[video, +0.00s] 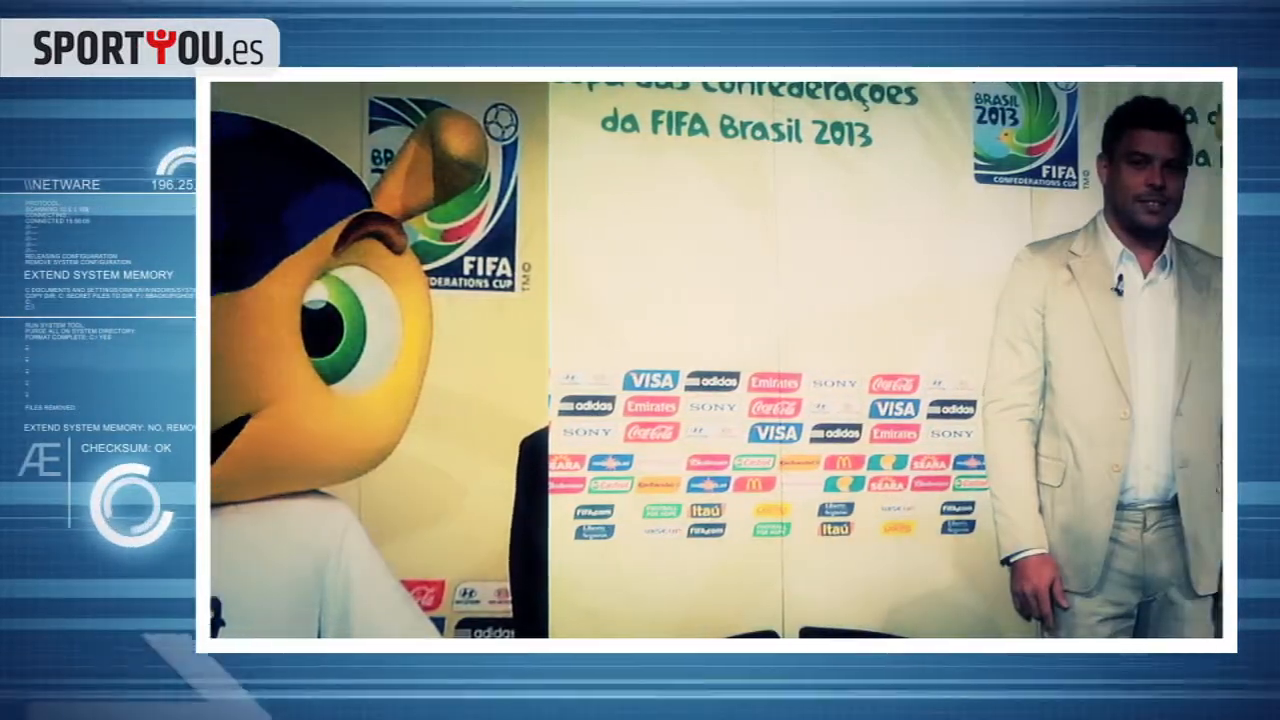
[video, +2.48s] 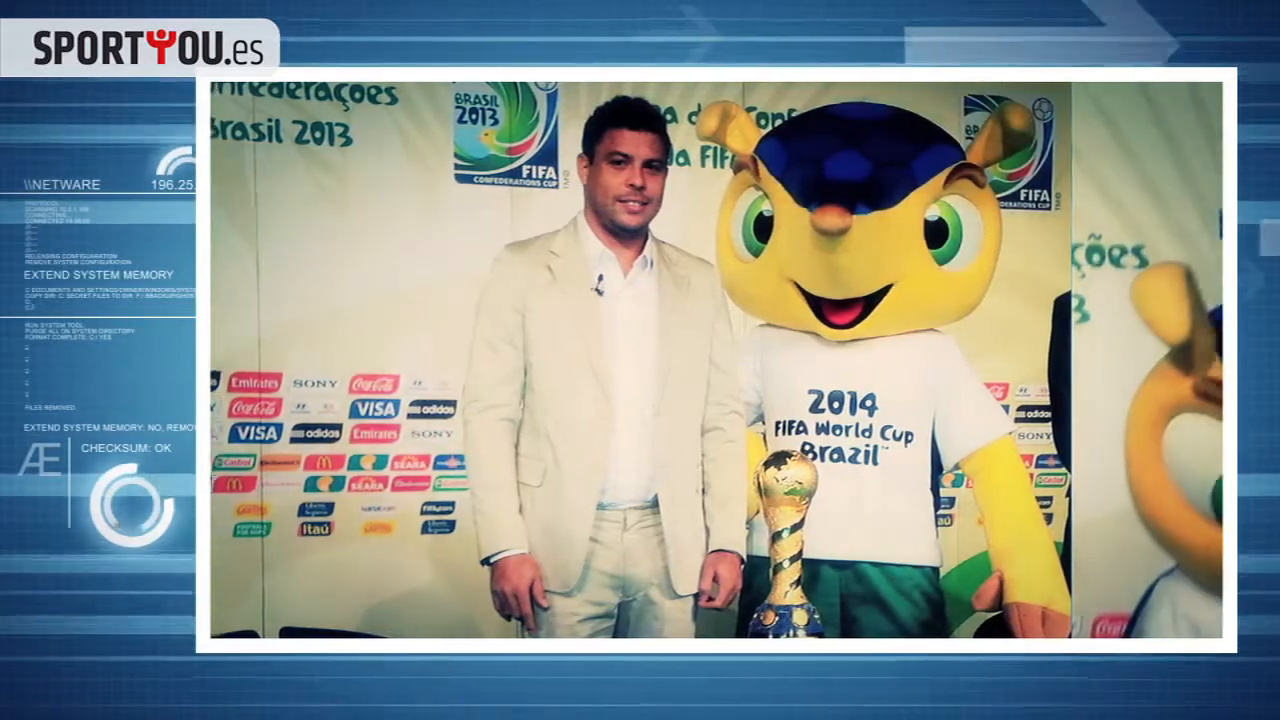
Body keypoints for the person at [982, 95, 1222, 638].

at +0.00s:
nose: (1157, 180)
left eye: (1172, 166)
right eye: (1139, 162)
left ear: (1187, 179)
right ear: (1104, 170)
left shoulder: (1222, 280)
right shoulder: (1042, 271)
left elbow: (1241, 421)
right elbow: (1008, 415)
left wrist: (1239, 552)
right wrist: (1024, 548)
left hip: (1193, 544)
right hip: (1086, 544)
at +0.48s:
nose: (1056, 180)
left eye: (1072, 166)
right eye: (1038, 162)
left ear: (1086, 178)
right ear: (1003, 169)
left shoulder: (1118, 282)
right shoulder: (941, 270)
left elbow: (1142, 422)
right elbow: (907, 414)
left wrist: (1145, 542)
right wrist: (924, 549)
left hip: (1091, 543)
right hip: (984, 546)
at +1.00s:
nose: (947, 180)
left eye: (963, 166)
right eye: (929, 162)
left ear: (976, 178)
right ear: (894, 170)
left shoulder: (1010, 283)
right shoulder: (832, 271)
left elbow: (1033, 423)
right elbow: (798, 414)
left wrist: (1036, 543)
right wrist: (815, 549)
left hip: (983, 544)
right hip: (874, 546)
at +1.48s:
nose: (846, 180)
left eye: (862, 166)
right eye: (828, 162)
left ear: (875, 178)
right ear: (793, 169)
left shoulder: (909, 282)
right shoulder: (731, 270)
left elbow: (932, 423)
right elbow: (697, 414)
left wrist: (935, 543)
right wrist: (714, 549)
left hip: (881, 543)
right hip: (773, 545)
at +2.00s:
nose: (738, 180)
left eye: (754, 166)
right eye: (719, 162)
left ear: (767, 177)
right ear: (684, 169)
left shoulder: (800, 283)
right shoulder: (621, 271)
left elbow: (823, 423)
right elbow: (589, 415)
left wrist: (826, 543)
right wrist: (606, 549)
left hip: (773, 542)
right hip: (665, 544)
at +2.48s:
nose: (638, 180)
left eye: (654, 166)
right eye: (619, 162)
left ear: (667, 178)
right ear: (584, 170)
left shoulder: (700, 282)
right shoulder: (522, 270)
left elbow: (723, 423)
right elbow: (488, 415)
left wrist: (726, 543)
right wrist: (506, 549)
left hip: (673, 542)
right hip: (565, 544)